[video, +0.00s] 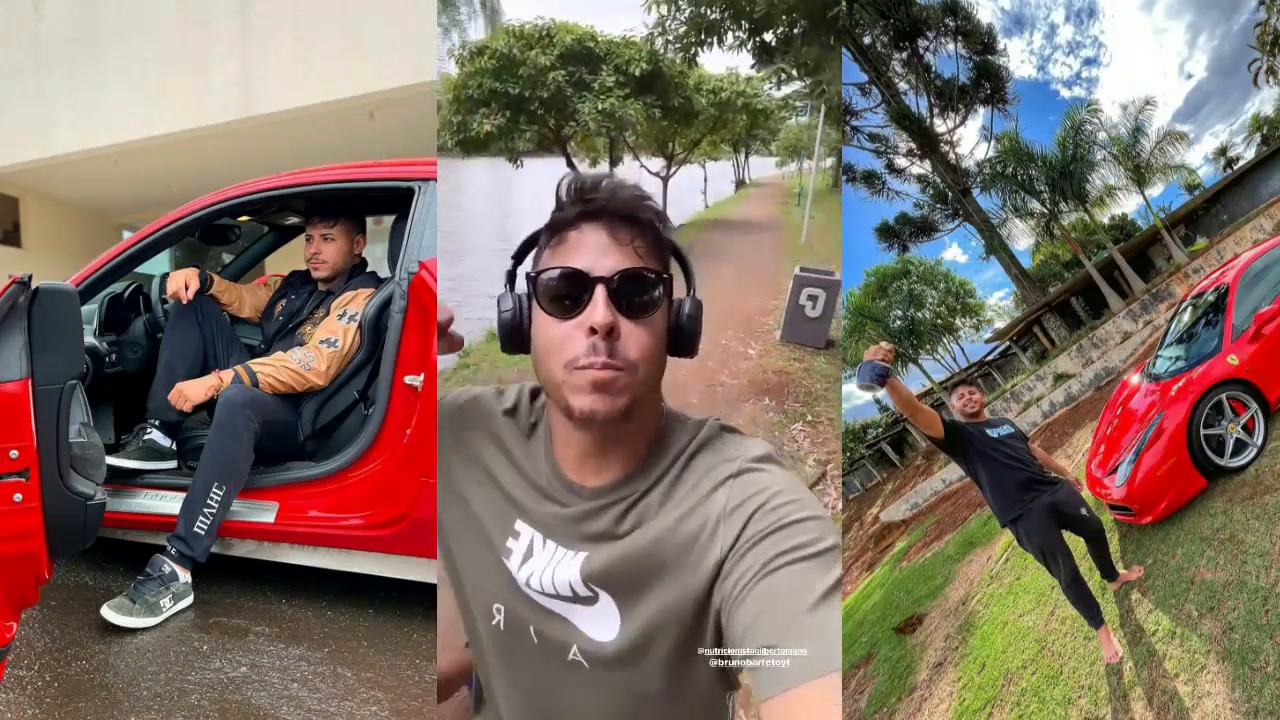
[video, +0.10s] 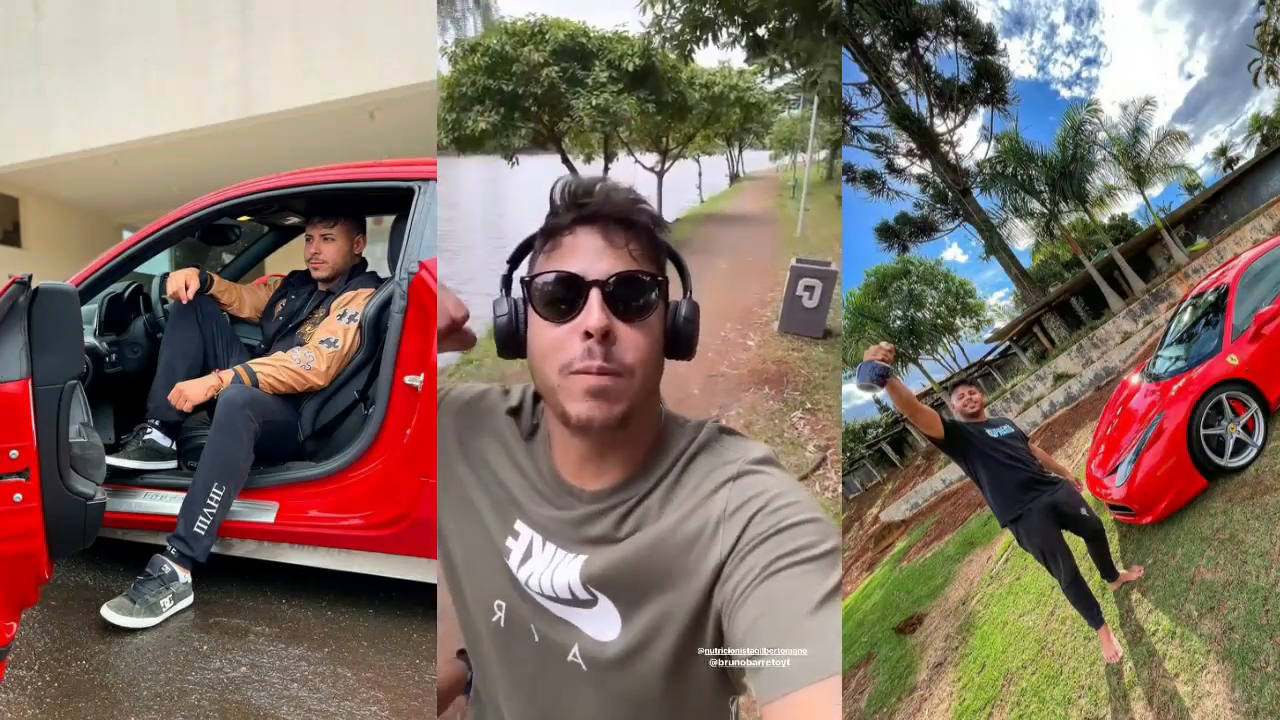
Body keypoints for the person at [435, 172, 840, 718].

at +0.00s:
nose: (601, 319)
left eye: (635, 294)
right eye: (567, 293)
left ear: (676, 323)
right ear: (524, 318)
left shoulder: (755, 511)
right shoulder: (457, 436)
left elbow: (812, 705)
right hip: (500, 706)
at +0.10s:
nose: (596, 323)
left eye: (630, 297)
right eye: (562, 297)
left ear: (672, 327)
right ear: (519, 322)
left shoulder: (756, 517)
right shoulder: (461, 433)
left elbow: (813, 706)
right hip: (487, 707)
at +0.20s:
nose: (601, 321)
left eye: (636, 296)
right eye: (567, 296)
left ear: (679, 329)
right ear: (525, 324)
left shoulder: (756, 516)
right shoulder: (462, 432)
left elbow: (815, 706)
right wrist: (400, 318)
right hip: (486, 705)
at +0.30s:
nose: (611, 320)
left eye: (646, 295)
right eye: (577, 294)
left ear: (688, 331)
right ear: (534, 323)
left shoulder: (761, 519)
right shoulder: (464, 432)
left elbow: (818, 706)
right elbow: (457, 595)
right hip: (474, 709)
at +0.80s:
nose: (635, 318)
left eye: (673, 296)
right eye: (603, 287)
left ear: (708, 332)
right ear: (552, 308)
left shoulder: (761, 515)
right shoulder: (460, 418)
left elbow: (814, 706)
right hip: (475, 706)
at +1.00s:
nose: (610, 295)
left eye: (647, 274)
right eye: (580, 264)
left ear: (679, 311)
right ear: (532, 283)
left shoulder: (745, 498)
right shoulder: (464, 396)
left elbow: (809, 708)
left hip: (638, 708)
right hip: (467, 705)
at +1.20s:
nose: (633, 295)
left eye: (669, 277)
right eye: (607, 267)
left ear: (703, 309)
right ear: (565, 284)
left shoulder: (753, 491)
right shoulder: (522, 364)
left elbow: (805, 708)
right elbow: (446, 256)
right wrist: (443, 160)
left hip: (624, 706)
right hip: (473, 702)